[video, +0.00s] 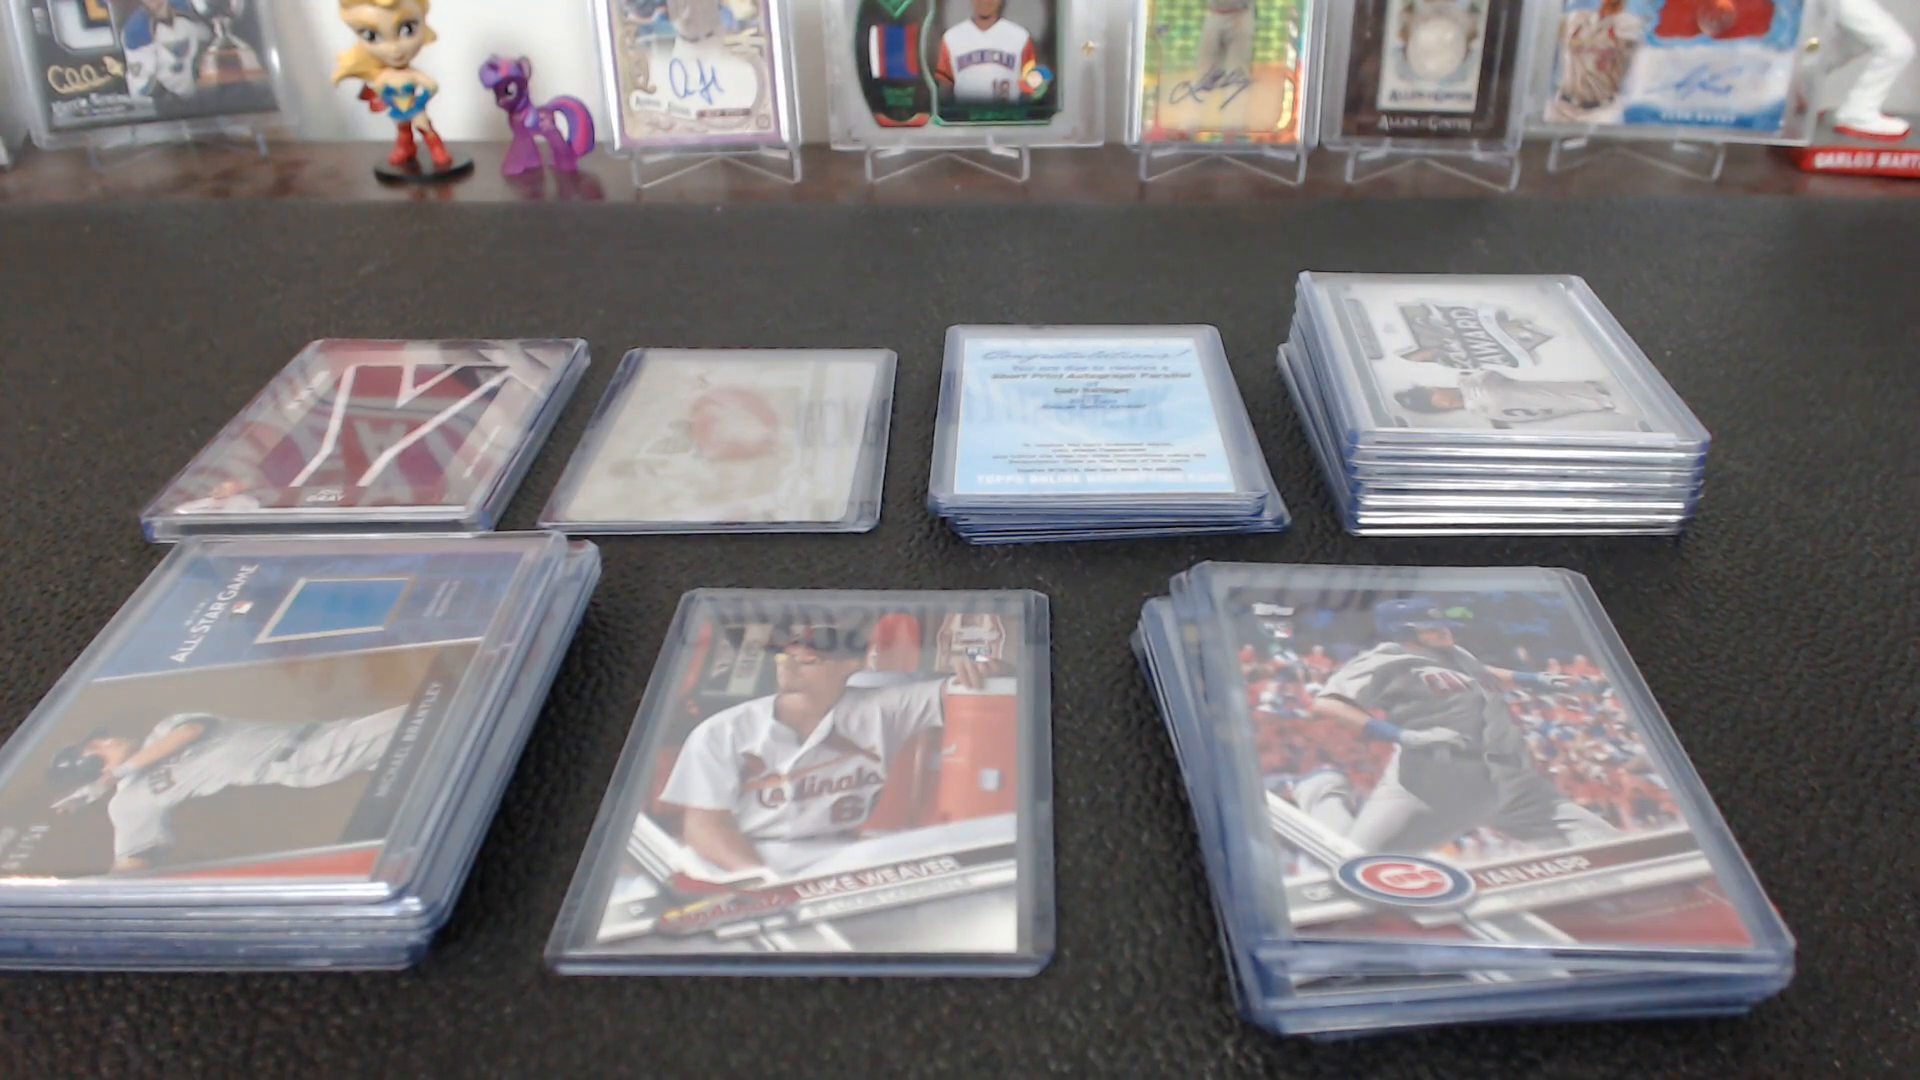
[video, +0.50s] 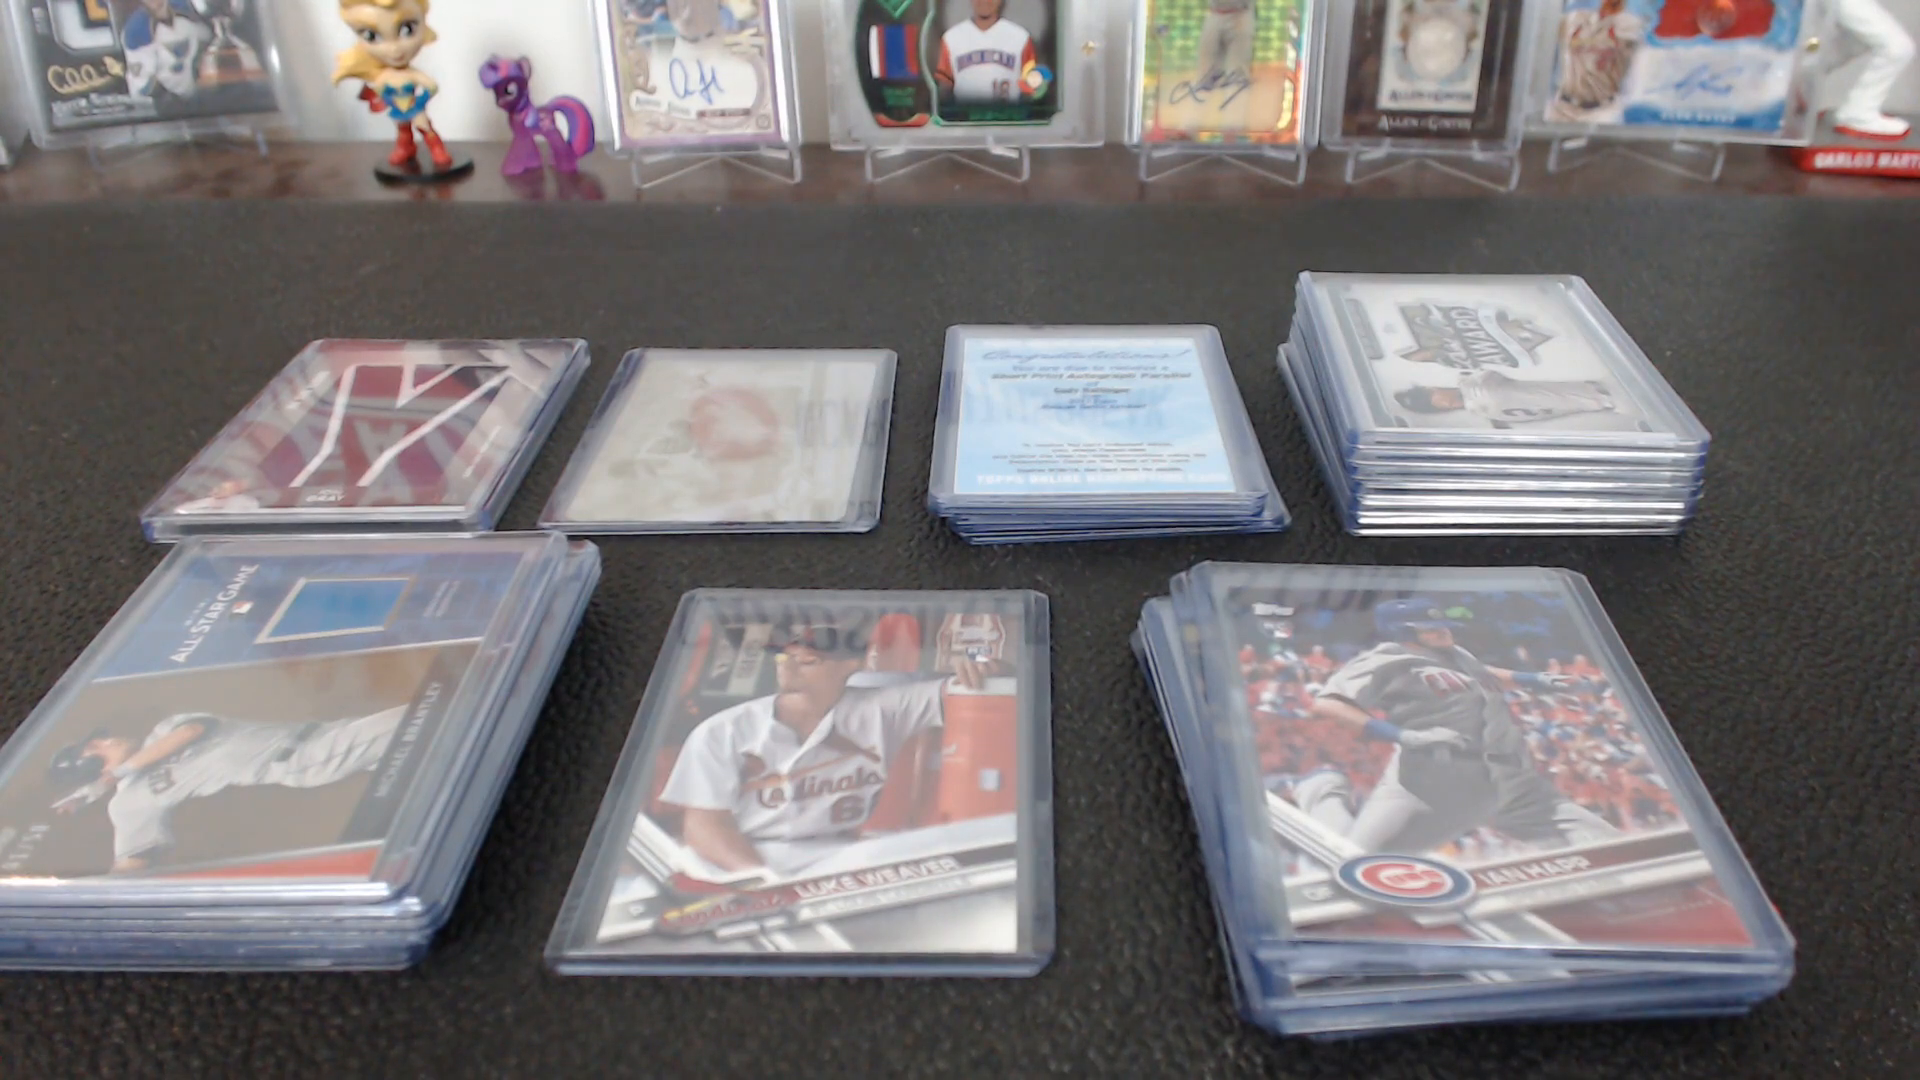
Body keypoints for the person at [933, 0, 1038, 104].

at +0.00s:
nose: (984, 2)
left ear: (1000, 2)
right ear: (972, 2)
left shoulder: (1020, 36)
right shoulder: (951, 37)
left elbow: (1030, 81)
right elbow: (944, 80)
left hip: (1009, 121)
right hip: (965, 121)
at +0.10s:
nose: (984, 2)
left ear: (1000, 2)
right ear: (972, 2)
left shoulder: (1020, 36)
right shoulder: (951, 37)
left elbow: (1030, 82)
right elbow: (944, 80)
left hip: (1008, 120)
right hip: (965, 120)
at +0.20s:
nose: (984, 2)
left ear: (1000, 2)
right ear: (972, 2)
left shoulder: (1020, 37)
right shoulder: (951, 37)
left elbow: (1030, 81)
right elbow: (944, 79)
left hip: (1009, 120)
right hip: (965, 119)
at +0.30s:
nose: (984, 2)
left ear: (1000, 2)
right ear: (972, 2)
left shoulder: (1020, 36)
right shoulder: (951, 37)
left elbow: (1030, 81)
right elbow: (944, 79)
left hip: (1009, 120)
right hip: (965, 119)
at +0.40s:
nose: (983, 2)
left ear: (1000, 2)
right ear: (972, 2)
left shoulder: (1020, 36)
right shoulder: (951, 37)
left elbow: (1030, 80)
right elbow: (944, 79)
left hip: (1008, 119)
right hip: (965, 118)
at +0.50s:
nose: (983, 2)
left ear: (1000, 2)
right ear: (971, 2)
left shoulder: (1020, 37)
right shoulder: (951, 37)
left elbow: (1030, 80)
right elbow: (944, 79)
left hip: (1009, 120)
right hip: (965, 119)